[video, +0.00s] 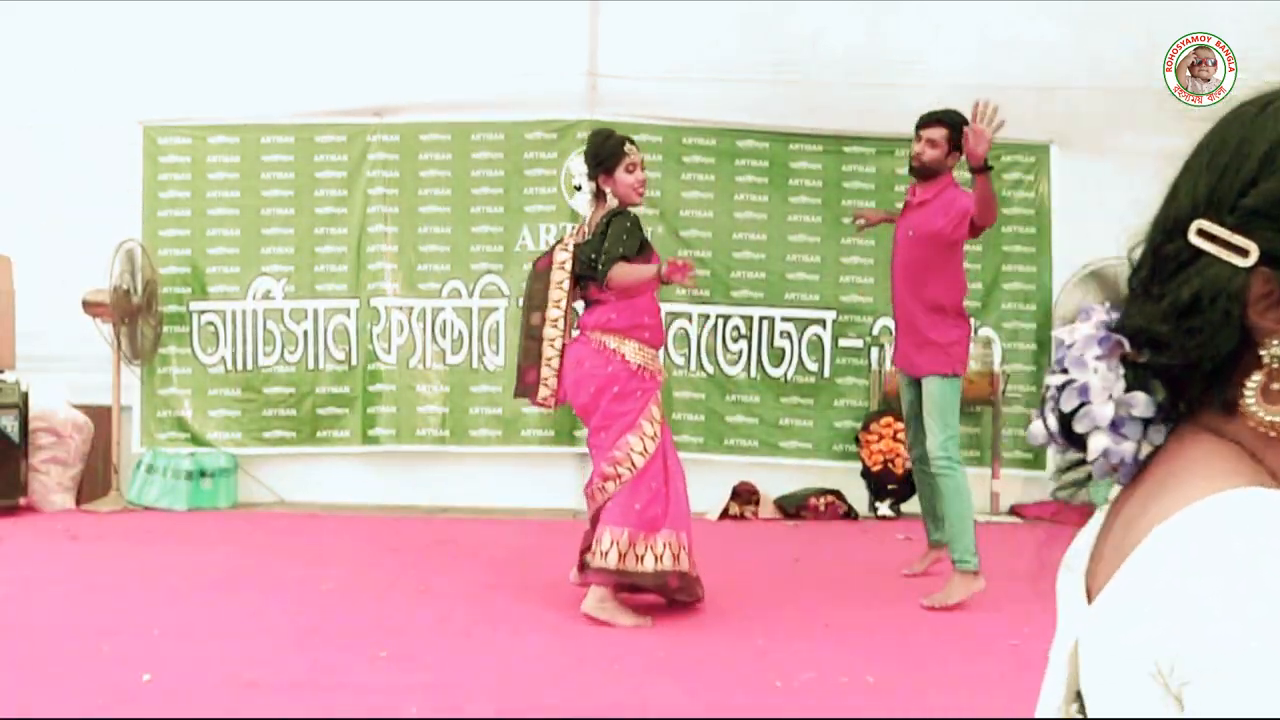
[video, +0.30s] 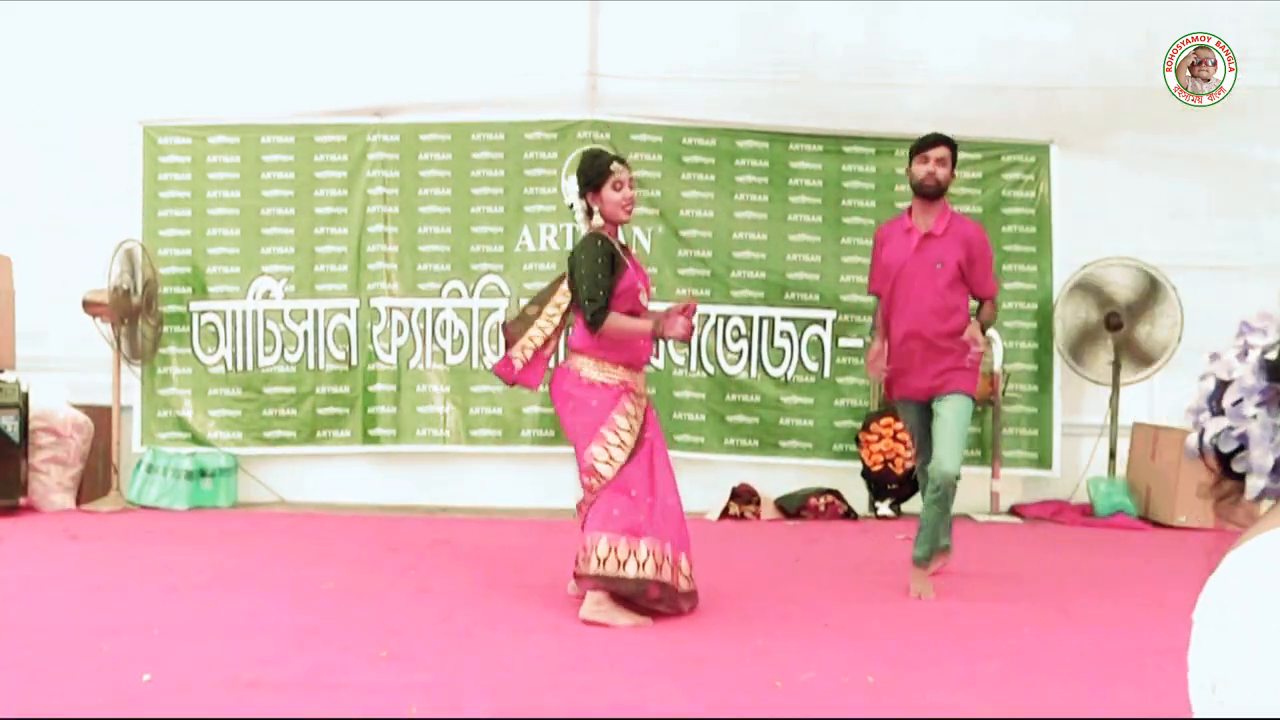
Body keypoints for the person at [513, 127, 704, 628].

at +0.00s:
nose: (641, 177)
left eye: (641, 167)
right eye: (631, 169)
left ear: (615, 177)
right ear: (605, 179)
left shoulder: (594, 227)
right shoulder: (622, 222)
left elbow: (584, 283)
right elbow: (613, 275)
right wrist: (661, 272)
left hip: (602, 363)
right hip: (620, 367)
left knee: (625, 468)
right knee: (637, 470)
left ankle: (608, 579)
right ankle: (602, 592)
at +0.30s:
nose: (628, 194)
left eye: (630, 184)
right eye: (617, 186)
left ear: (632, 189)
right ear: (592, 197)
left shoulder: (618, 247)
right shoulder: (594, 247)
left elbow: (625, 313)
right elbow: (596, 318)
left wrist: (664, 320)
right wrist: (658, 326)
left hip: (617, 381)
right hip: (594, 382)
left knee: (633, 478)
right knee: (621, 480)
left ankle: (611, 587)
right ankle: (599, 596)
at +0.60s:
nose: (601, 188)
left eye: (607, 179)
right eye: (590, 179)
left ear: (614, 186)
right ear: (568, 186)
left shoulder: (627, 237)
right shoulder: (549, 240)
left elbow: (641, 294)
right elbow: (536, 304)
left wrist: (606, 273)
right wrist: (580, 282)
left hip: (614, 362)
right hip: (561, 364)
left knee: (612, 454)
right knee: (558, 456)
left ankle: (610, 559)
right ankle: (544, 546)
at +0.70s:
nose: (592, 198)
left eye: (598, 190)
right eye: (581, 189)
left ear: (606, 197)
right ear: (561, 196)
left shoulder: (623, 250)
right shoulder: (542, 253)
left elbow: (636, 312)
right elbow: (519, 315)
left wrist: (597, 300)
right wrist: (544, 322)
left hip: (609, 375)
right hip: (557, 377)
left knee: (607, 465)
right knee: (558, 465)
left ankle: (608, 566)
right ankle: (562, 565)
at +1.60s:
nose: (642, 191)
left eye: (644, 183)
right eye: (630, 185)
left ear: (644, 188)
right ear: (607, 196)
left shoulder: (627, 241)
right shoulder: (618, 241)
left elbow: (639, 307)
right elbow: (631, 311)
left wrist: (679, 305)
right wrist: (686, 320)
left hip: (635, 375)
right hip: (627, 378)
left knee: (636, 473)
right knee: (655, 476)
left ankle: (591, 565)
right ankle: (630, 592)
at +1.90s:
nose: (642, 181)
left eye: (643, 171)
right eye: (629, 175)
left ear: (646, 177)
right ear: (607, 187)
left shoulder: (630, 230)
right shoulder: (616, 229)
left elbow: (627, 289)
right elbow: (589, 282)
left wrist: (669, 303)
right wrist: (627, 295)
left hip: (637, 360)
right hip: (624, 365)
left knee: (660, 458)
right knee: (663, 461)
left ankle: (608, 545)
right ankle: (633, 582)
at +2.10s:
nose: (626, 197)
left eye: (629, 187)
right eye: (613, 190)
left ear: (634, 192)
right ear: (591, 201)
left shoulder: (635, 245)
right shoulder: (591, 249)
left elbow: (632, 306)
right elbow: (585, 317)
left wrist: (670, 312)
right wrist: (645, 330)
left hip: (632, 371)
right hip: (597, 374)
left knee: (647, 465)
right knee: (627, 467)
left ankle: (598, 562)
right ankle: (622, 587)